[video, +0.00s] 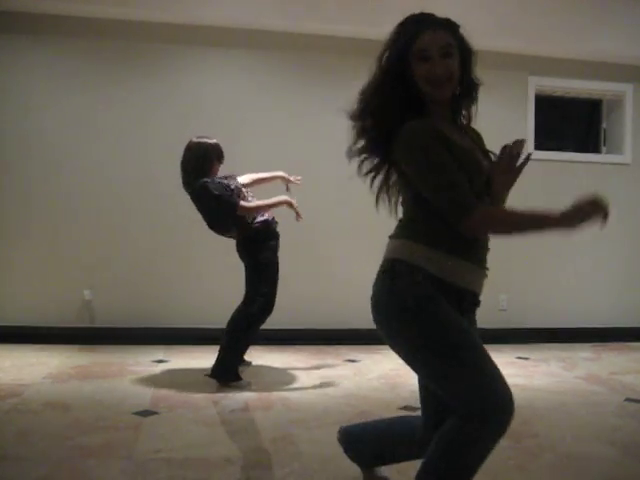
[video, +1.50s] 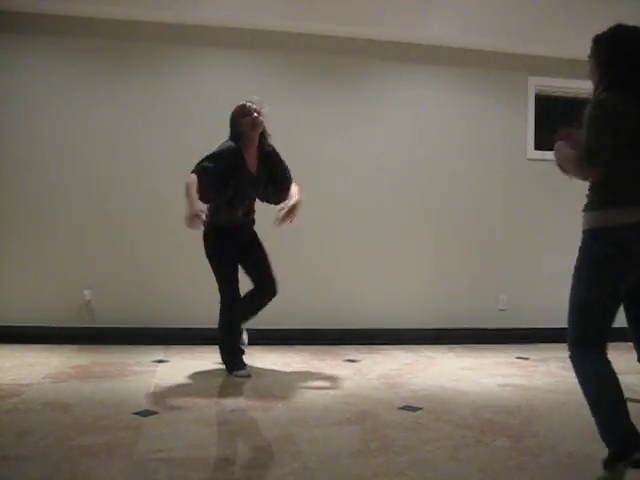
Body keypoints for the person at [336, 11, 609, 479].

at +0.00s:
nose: (439, 68)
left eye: (447, 54)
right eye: (424, 59)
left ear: (461, 62)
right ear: (407, 71)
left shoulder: (465, 135)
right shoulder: (416, 135)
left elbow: (476, 218)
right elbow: (474, 219)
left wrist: (499, 186)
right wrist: (561, 220)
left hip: (453, 296)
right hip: (412, 293)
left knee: (441, 433)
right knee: (489, 407)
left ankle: (359, 442)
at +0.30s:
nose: (478, 53)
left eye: (487, 39)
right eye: (463, 44)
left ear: (505, 44)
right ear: (447, 52)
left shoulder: (519, 117)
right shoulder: (446, 111)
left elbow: (558, 196)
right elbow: (423, 197)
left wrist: (545, 158)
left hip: (479, 283)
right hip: (436, 273)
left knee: (451, 411)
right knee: (498, 407)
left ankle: (362, 443)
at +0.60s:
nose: (594, 20)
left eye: (595, 13)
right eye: (588, 10)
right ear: (564, 6)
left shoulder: (572, 64)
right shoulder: (526, 52)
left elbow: (567, 137)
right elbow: (458, 84)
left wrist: (607, 106)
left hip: (520, 231)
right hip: (497, 226)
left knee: (526, 357)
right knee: (490, 364)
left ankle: (484, 463)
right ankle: (424, 471)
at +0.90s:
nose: (632, 39)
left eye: (629, 27)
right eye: (627, 29)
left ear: (562, 32)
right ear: (615, 35)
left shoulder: (545, 88)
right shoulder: (620, 97)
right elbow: (638, 167)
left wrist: (579, 124)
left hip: (541, 252)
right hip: (588, 256)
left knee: (581, 377)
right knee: (613, 387)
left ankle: (570, 473)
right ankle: (511, 470)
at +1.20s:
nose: (586, 49)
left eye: (590, 39)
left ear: (594, 43)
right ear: (635, 43)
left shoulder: (580, 92)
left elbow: (522, 157)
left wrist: (563, 155)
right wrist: (562, 153)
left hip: (585, 233)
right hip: (633, 231)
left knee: (596, 369)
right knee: (637, 362)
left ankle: (610, 473)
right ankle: (619, 468)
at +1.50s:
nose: (589, 71)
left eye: (593, 63)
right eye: (590, 62)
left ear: (607, 64)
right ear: (632, 62)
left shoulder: (607, 105)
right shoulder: (631, 104)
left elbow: (591, 169)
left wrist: (564, 155)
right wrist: (582, 148)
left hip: (611, 237)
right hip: (632, 235)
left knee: (585, 344)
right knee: (635, 338)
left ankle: (623, 445)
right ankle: (628, 445)